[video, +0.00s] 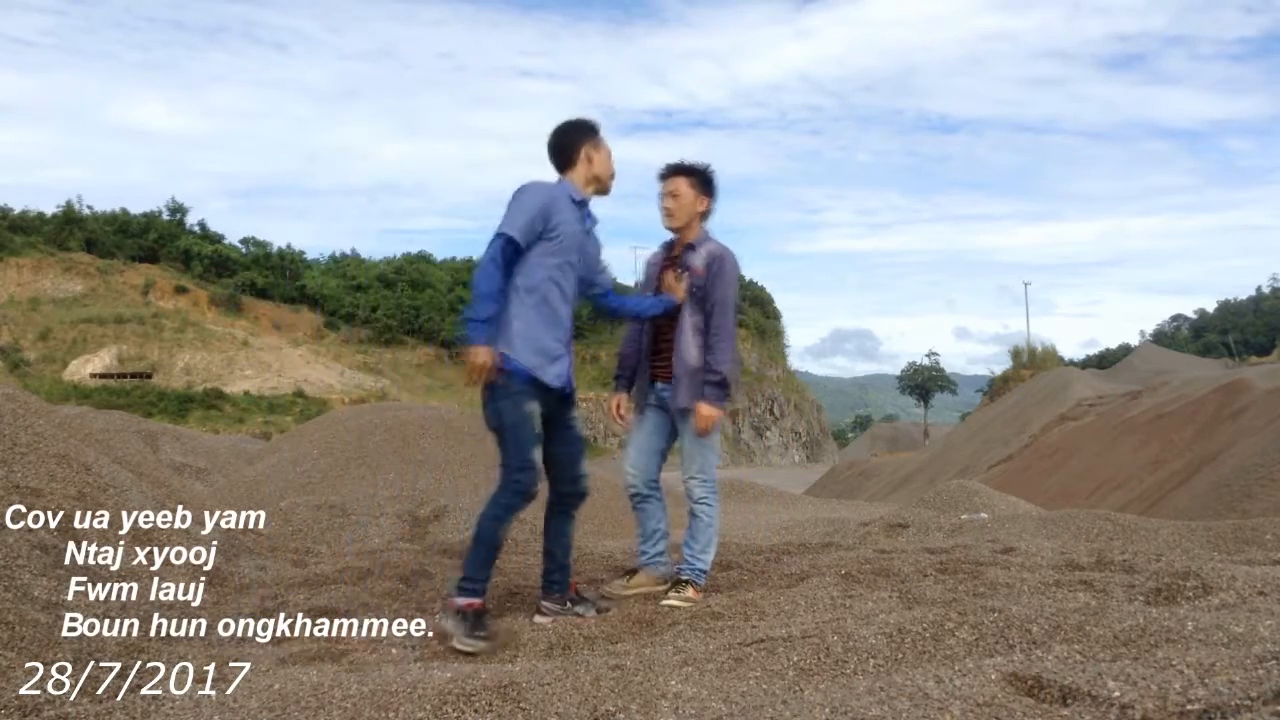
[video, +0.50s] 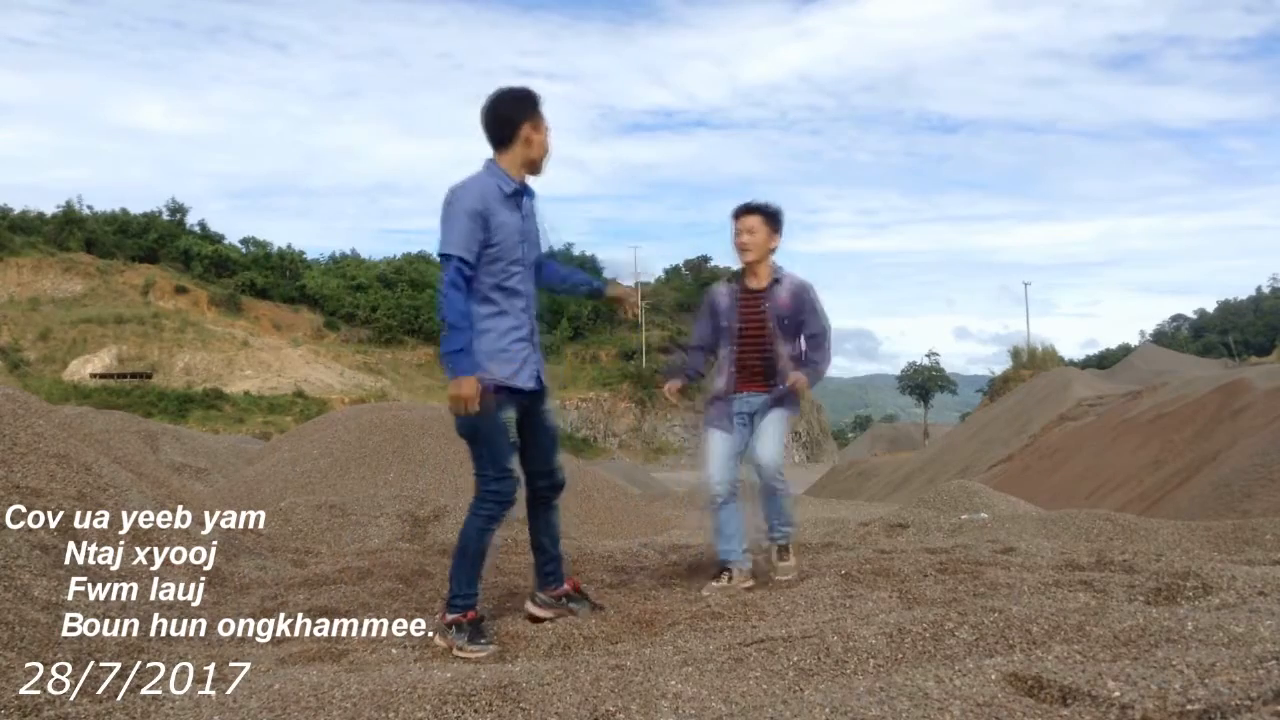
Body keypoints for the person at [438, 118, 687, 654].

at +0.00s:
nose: (614, 163)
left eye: (610, 153)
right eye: (608, 152)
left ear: (585, 159)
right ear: (587, 155)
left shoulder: (585, 233)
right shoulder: (541, 195)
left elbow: (608, 299)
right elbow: (496, 258)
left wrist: (668, 299)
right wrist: (480, 333)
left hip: (555, 376)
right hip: (513, 364)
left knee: (569, 486)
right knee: (520, 482)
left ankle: (556, 593)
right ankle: (468, 599)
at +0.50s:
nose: (549, 139)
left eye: (546, 129)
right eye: (544, 129)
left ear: (518, 135)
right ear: (525, 133)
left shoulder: (524, 201)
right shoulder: (470, 196)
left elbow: (538, 269)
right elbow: (453, 285)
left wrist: (605, 288)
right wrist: (460, 368)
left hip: (527, 372)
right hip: (484, 375)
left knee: (545, 481)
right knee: (496, 489)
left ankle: (550, 590)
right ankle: (460, 611)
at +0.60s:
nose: (542, 134)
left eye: (539, 123)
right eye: (537, 124)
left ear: (507, 130)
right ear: (519, 128)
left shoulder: (515, 196)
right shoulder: (464, 193)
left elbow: (509, 286)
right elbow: (444, 283)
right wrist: (437, 363)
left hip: (519, 370)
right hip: (473, 372)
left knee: (538, 479)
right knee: (488, 486)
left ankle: (540, 588)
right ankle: (458, 612)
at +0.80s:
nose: (538, 128)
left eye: (534, 117)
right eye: (533, 117)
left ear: (504, 125)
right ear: (517, 122)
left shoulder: (508, 194)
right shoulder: (462, 186)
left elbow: (480, 278)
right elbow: (429, 267)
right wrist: (427, 350)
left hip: (511, 367)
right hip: (465, 367)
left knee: (526, 476)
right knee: (474, 485)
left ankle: (500, 583)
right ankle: (453, 612)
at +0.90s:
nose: (535, 125)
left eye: (530, 115)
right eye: (530, 115)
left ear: (498, 123)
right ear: (515, 120)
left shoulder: (503, 188)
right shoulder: (462, 183)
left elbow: (446, 263)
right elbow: (433, 267)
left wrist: (408, 323)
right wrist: (434, 355)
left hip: (506, 366)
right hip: (464, 368)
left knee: (524, 473)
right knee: (471, 483)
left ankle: (486, 576)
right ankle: (447, 612)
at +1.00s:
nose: (531, 129)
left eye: (527, 117)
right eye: (527, 118)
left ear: (492, 126)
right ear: (513, 123)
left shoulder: (499, 192)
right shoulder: (459, 187)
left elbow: (485, 283)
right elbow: (437, 278)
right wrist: (446, 365)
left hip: (501, 370)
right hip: (463, 372)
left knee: (519, 476)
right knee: (472, 485)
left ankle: (481, 579)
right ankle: (447, 618)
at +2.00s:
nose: (550, 153)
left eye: (546, 143)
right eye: (546, 143)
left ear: (511, 151)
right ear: (534, 147)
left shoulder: (521, 207)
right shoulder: (499, 202)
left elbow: (518, 295)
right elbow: (485, 289)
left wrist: (539, 370)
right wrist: (494, 369)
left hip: (537, 380)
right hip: (510, 381)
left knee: (553, 488)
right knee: (501, 493)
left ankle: (553, 594)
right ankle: (452, 613)